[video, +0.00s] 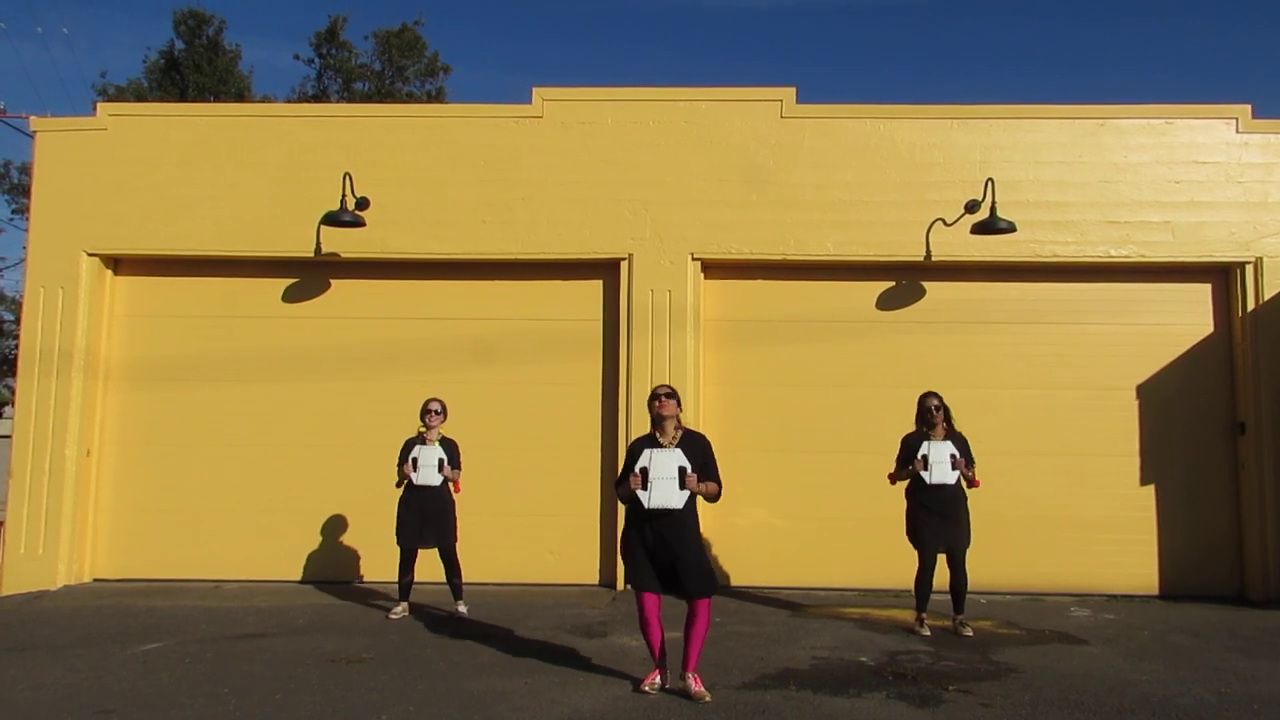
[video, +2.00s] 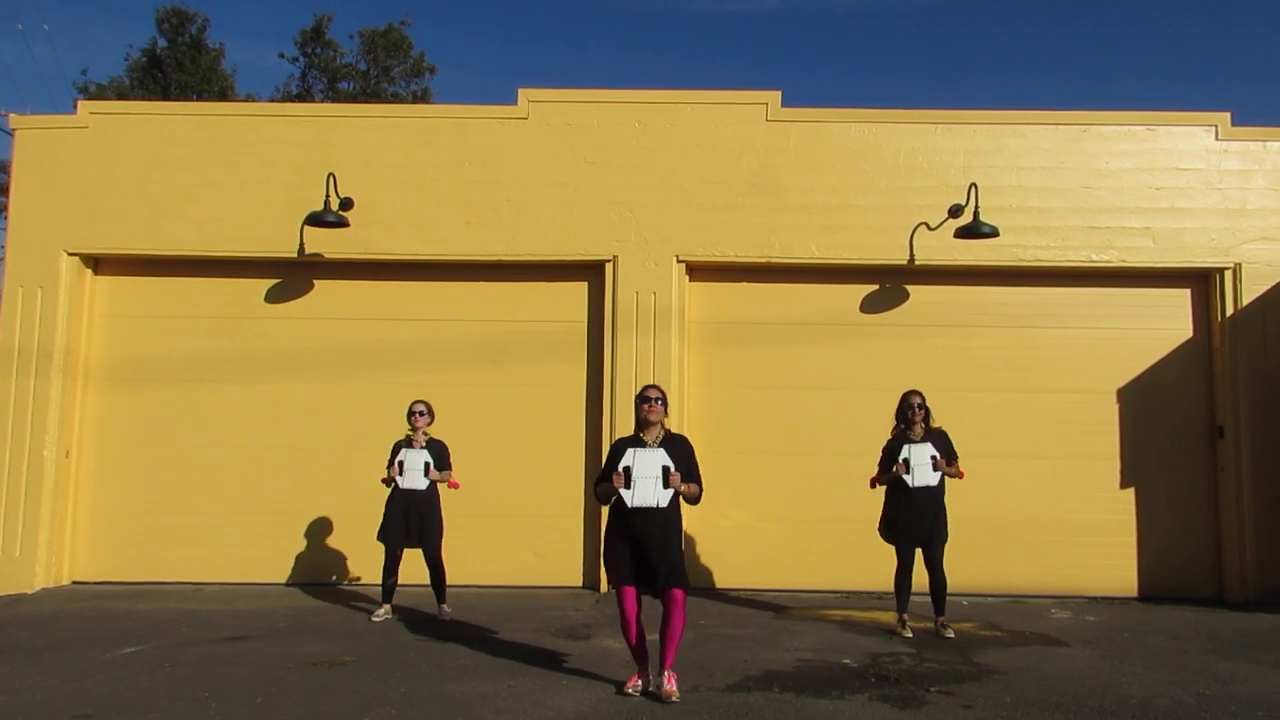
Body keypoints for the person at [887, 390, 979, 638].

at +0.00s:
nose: (934, 413)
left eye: (937, 408)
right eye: (928, 410)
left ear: (944, 410)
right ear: (921, 413)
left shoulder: (958, 440)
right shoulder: (912, 441)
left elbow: (971, 480)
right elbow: (895, 476)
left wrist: (963, 469)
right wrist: (912, 470)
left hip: (954, 511)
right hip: (924, 511)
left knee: (957, 564)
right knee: (927, 563)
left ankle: (959, 618)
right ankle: (921, 618)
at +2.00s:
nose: (915, 410)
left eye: (920, 406)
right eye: (910, 407)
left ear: (925, 409)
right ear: (902, 411)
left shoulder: (939, 437)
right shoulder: (895, 443)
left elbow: (956, 471)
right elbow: (880, 479)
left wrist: (944, 468)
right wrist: (895, 473)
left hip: (933, 514)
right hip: (903, 515)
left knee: (936, 567)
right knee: (905, 566)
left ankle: (941, 620)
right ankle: (902, 619)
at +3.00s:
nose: (908, 413)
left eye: (912, 409)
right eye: (903, 409)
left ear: (918, 413)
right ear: (895, 414)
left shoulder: (927, 444)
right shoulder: (885, 441)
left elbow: (938, 483)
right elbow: (863, 475)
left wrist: (937, 470)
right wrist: (891, 467)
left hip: (923, 514)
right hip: (893, 513)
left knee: (928, 569)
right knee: (898, 567)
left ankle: (931, 621)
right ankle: (894, 621)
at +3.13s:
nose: (906, 401)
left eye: (910, 396)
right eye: (900, 398)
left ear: (916, 400)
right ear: (892, 402)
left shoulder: (924, 427)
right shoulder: (885, 424)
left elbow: (950, 464)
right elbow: (878, 443)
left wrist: (953, 440)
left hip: (919, 501)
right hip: (890, 501)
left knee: (920, 559)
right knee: (893, 558)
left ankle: (927, 615)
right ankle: (891, 616)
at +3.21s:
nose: (904, 402)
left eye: (909, 398)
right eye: (899, 398)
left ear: (915, 403)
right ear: (888, 402)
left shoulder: (921, 431)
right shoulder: (881, 425)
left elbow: (960, 448)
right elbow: (893, 420)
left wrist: (965, 418)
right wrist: (922, 404)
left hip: (919, 502)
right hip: (889, 501)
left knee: (917, 559)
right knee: (893, 559)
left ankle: (921, 614)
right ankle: (892, 614)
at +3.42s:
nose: (909, 401)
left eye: (912, 398)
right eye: (904, 397)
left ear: (917, 403)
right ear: (895, 403)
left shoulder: (924, 428)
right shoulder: (886, 425)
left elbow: (959, 410)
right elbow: (892, 395)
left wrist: (962, 377)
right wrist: (922, 364)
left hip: (919, 503)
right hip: (889, 502)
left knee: (917, 560)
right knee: (892, 559)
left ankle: (921, 615)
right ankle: (891, 613)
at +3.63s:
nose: (908, 411)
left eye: (912, 408)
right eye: (903, 408)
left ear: (919, 411)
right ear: (895, 412)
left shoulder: (928, 432)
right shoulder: (887, 432)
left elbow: (935, 398)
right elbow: (874, 405)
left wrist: (921, 362)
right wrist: (876, 369)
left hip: (916, 504)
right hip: (886, 504)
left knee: (923, 564)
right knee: (892, 562)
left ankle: (931, 621)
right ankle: (891, 618)